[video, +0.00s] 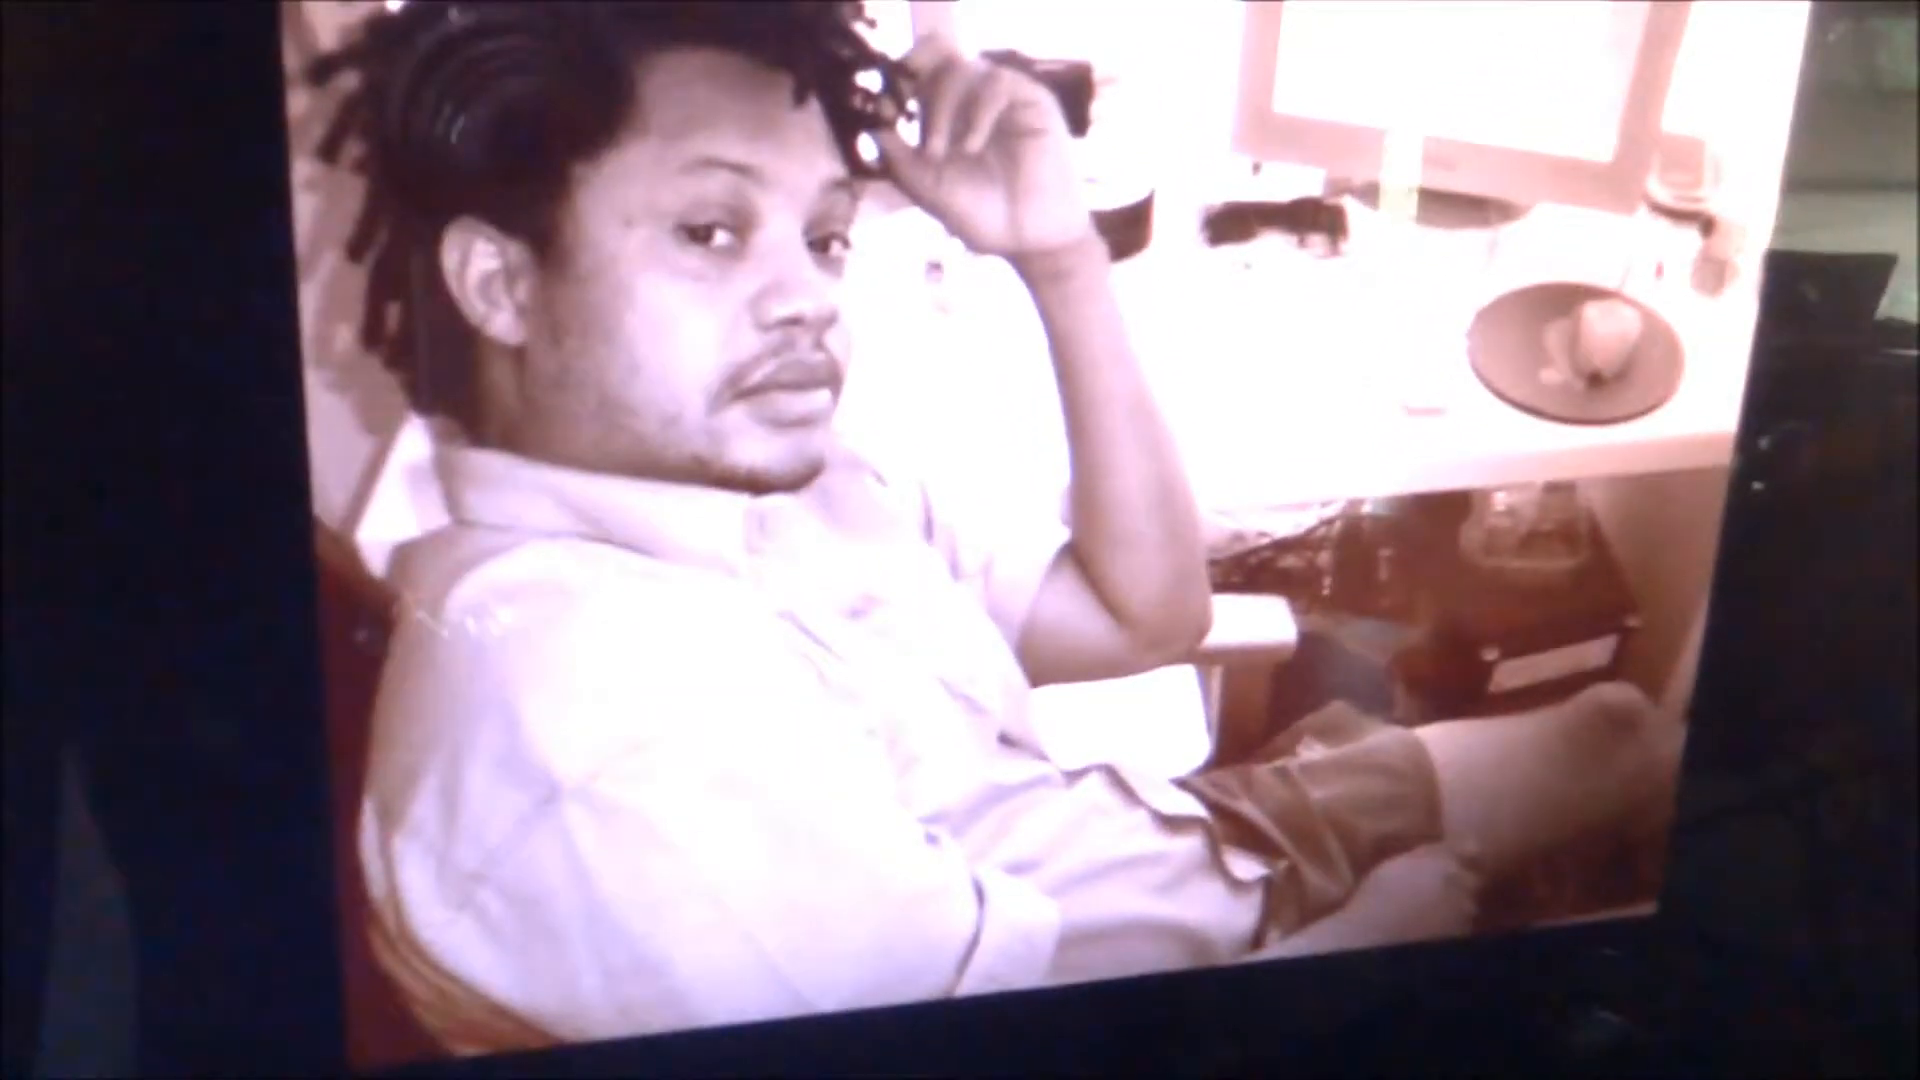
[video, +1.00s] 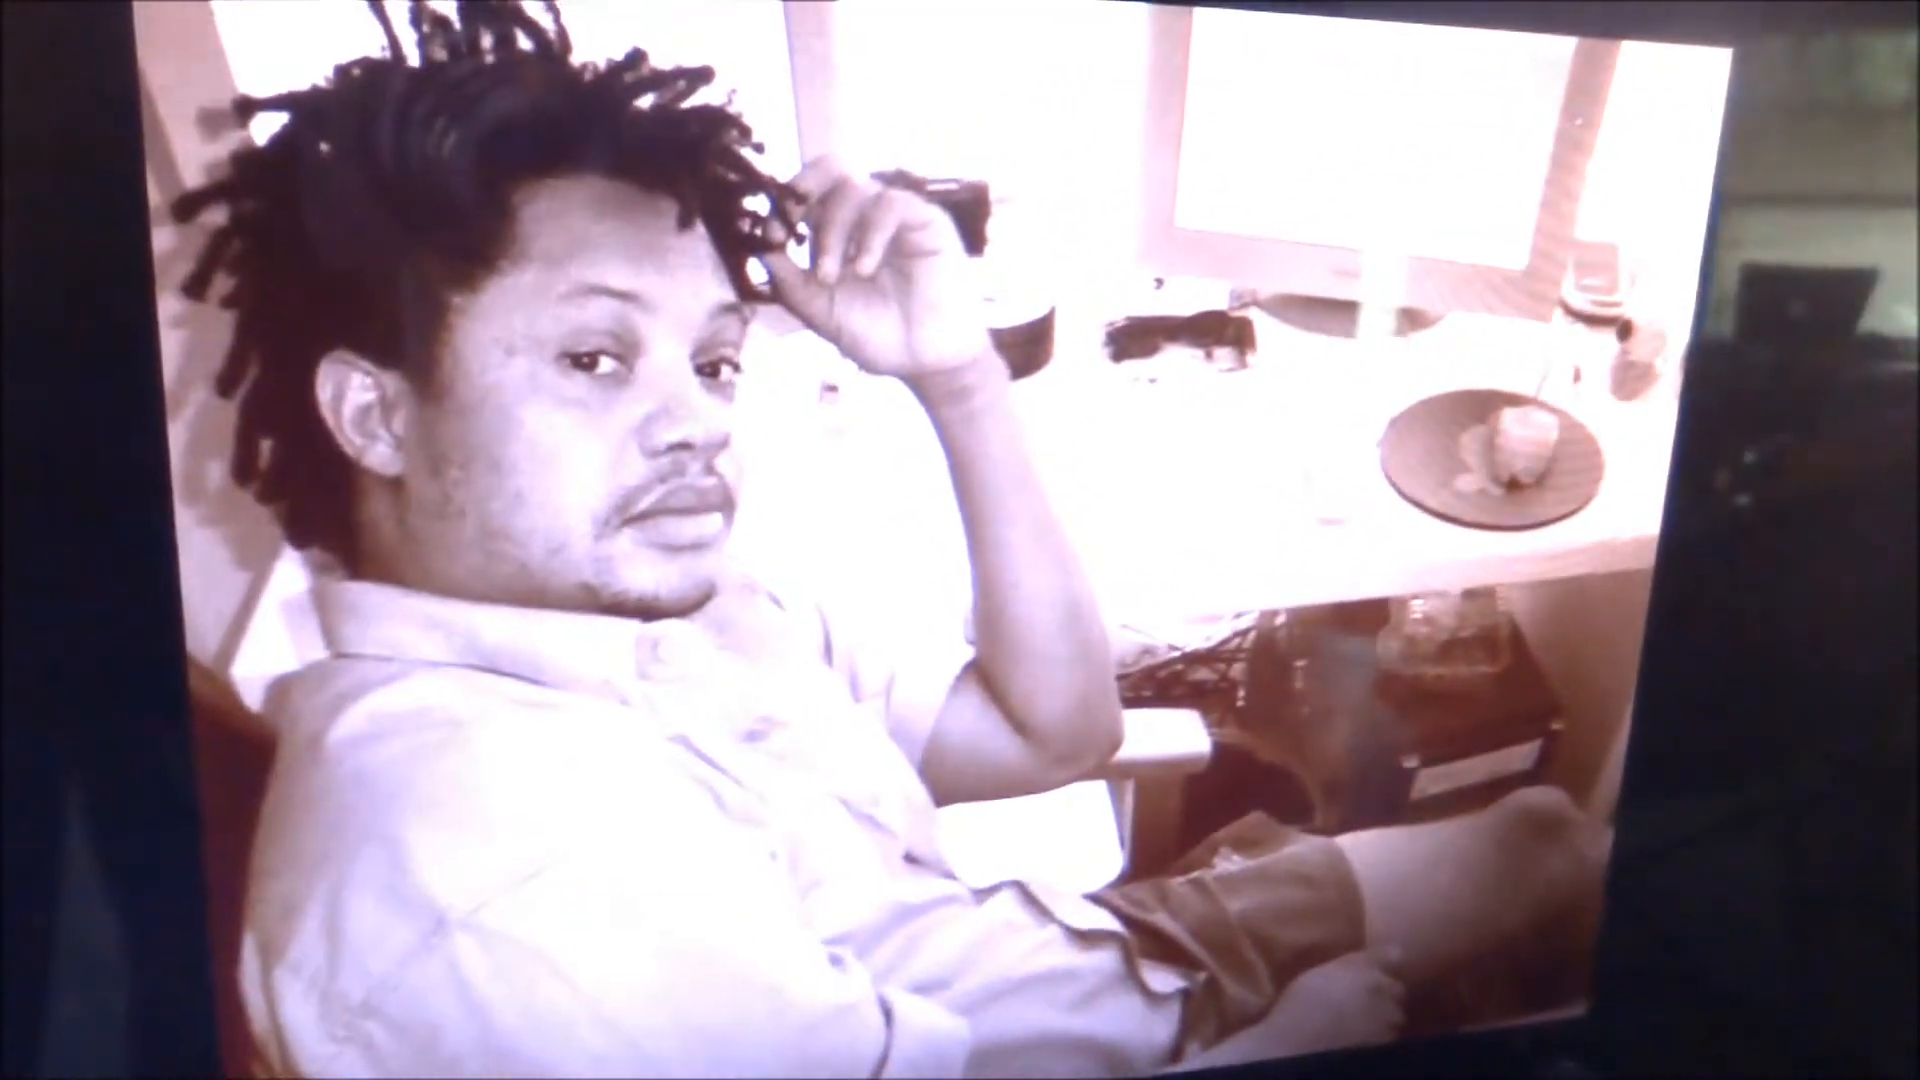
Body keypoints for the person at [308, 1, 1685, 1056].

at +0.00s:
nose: (810, 306)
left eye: (819, 243)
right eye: (711, 236)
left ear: (854, 250)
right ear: (494, 282)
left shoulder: (803, 486)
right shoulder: (551, 679)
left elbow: (1141, 615)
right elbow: (986, 996)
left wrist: (1058, 252)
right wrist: (1360, 880)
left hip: (1164, 838)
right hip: (1137, 965)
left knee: (1619, 723)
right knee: (1640, 752)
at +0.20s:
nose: (730, 342)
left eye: (747, 281)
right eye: (632, 271)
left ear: (777, 288)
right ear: (410, 318)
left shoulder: (732, 543)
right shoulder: (458, 714)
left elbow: (1066, 652)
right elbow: (909, 1012)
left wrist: (987, 295)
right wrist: (1323, 939)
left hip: (1151, 893)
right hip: (1090, 1014)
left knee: (1561, 760)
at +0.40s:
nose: (733, 343)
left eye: (748, 285)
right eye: (636, 275)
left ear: (777, 295)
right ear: (417, 325)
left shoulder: (735, 539)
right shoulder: (468, 723)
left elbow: (1071, 652)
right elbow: (922, 1011)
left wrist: (988, 298)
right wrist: (1323, 934)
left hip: (1154, 880)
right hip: (1102, 1005)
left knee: (1562, 754)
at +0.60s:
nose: (762, 382)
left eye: (774, 317)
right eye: (662, 313)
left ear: (808, 321)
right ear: (446, 362)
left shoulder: (757, 570)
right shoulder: (512, 790)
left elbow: (1103, 683)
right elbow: (994, 1045)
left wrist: (1019, 334)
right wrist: (1421, 930)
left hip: (1195, 898)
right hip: (1154, 1022)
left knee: (1605, 778)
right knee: (1648, 824)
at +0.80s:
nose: (727, 417)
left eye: (737, 353)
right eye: (623, 353)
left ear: (774, 356)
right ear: (402, 408)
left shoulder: (719, 608)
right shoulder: (478, 826)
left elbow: (1074, 732)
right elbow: (956, 1048)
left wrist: (985, 378)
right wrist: (1374, 904)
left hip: (1153, 931)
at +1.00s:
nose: (701, 425)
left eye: (709, 358)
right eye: (594, 358)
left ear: (744, 356)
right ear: (369, 411)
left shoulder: (688, 613)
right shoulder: (452, 835)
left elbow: (1052, 736)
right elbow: (910, 1053)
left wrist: (957, 380)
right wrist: (1356, 962)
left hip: (1070, 931)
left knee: (1537, 820)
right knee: (1570, 857)